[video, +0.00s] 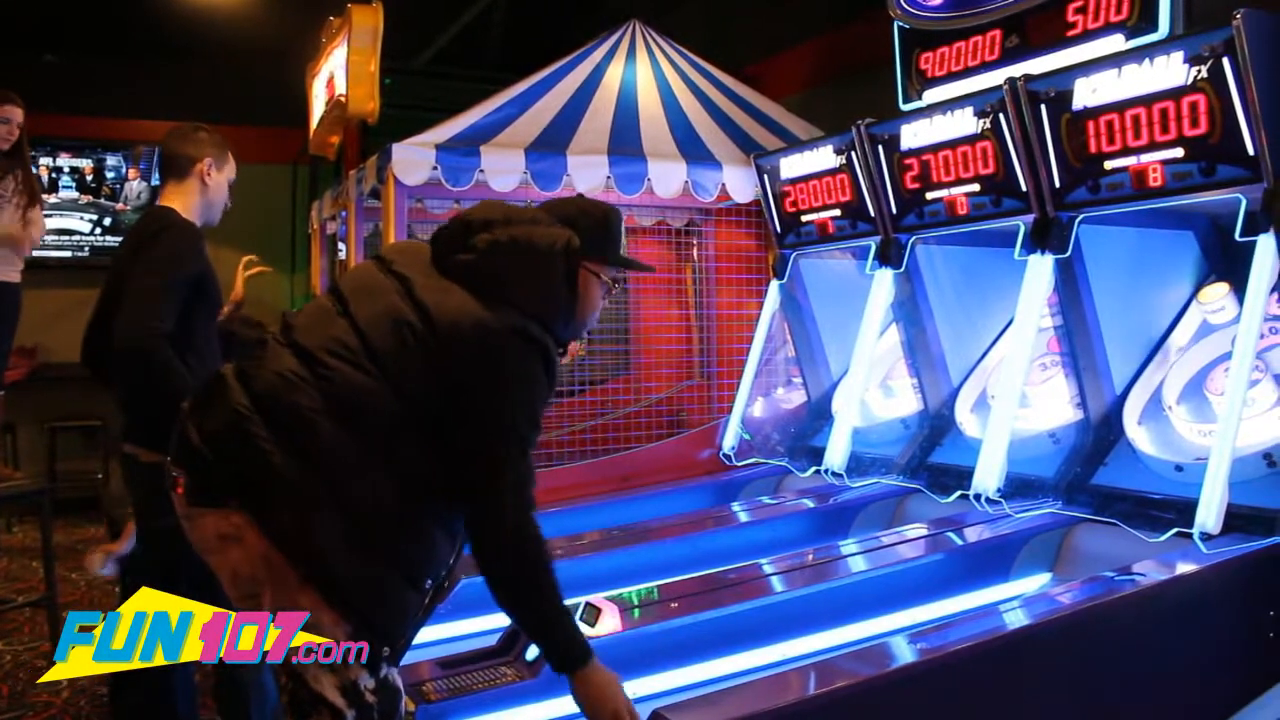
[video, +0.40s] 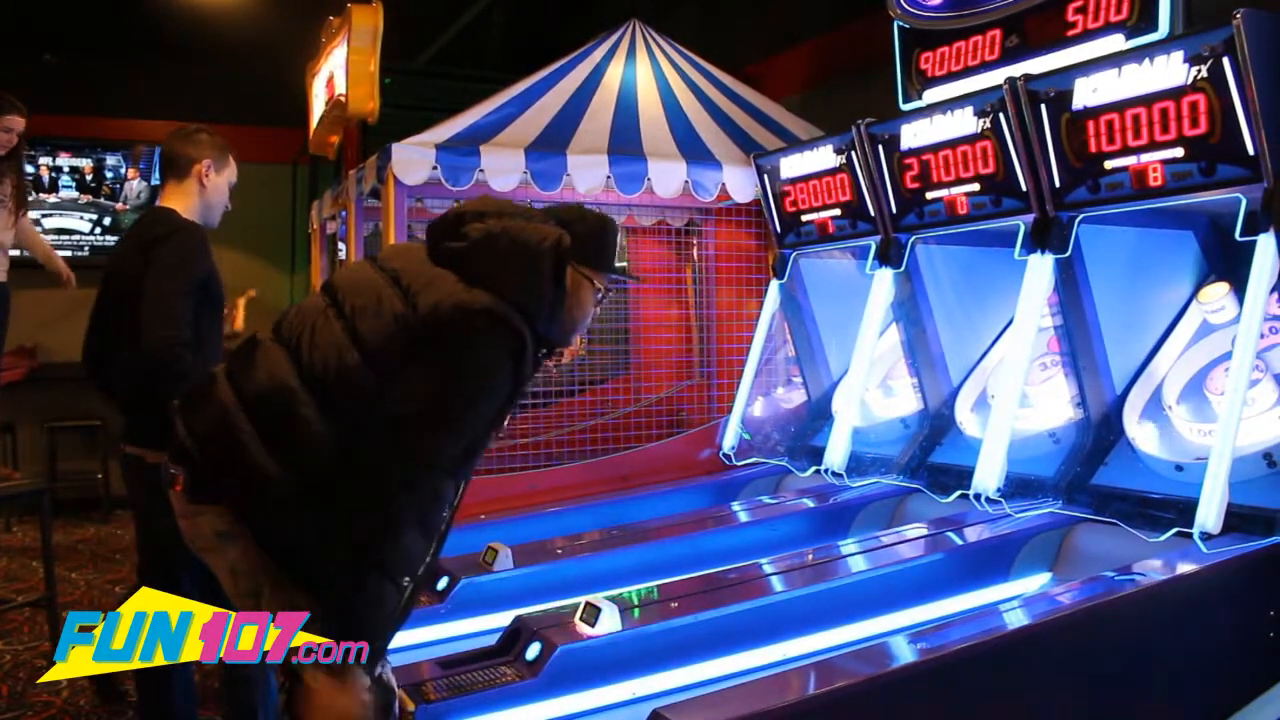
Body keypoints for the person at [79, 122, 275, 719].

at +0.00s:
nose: (229, 196)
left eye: (231, 184)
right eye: (229, 182)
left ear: (180, 170)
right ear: (206, 172)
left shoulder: (148, 233)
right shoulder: (176, 239)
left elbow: (98, 349)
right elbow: (147, 344)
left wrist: (224, 315)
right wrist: (200, 414)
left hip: (147, 453)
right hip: (173, 460)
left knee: (158, 596)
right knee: (211, 603)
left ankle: (151, 704)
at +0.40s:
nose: (230, 199)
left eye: (232, 187)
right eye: (230, 185)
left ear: (181, 172)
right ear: (204, 174)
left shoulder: (141, 235)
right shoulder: (182, 241)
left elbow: (100, 350)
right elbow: (172, 351)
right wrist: (187, 446)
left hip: (142, 452)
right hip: (175, 458)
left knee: (165, 593)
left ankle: (166, 704)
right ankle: (254, 707)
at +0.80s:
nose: (237, 188)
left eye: (236, 175)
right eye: (232, 174)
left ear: (187, 174)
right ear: (202, 173)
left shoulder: (150, 235)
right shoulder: (181, 241)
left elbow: (85, 337)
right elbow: (130, 337)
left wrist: (101, 436)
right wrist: (147, 442)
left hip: (159, 453)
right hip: (183, 452)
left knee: (171, 589)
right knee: (200, 596)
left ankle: (157, 692)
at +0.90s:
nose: (236, 188)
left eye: (235, 175)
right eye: (231, 174)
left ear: (187, 174)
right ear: (201, 173)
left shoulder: (148, 238)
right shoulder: (180, 242)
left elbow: (89, 352)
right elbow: (129, 346)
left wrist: (108, 451)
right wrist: (143, 452)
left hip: (160, 458)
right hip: (180, 458)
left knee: (171, 609)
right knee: (193, 611)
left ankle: (166, 706)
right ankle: (178, 706)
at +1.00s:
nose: (234, 187)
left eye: (234, 173)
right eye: (230, 173)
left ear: (186, 173)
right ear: (199, 172)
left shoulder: (149, 239)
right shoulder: (177, 243)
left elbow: (96, 356)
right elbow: (140, 352)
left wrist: (120, 456)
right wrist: (156, 456)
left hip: (159, 462)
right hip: (184, 462)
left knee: (172, 608)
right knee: (197, 610)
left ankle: (168, 706)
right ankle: (179, 707)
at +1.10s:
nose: (230, 188)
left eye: (229, 173)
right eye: (225, 173)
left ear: (180, 173)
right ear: (193, 172)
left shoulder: (146, 239)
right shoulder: (173, 241)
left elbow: (96, 357)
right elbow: (141, 355)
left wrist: (143, 450)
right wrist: (174, 454)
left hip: (156, 459)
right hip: (179, 462)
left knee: (171, 609)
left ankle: (165, 706)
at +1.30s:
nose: (219, 188)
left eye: (218, 173)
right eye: (215, 173)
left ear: (167, 174)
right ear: (183, 172)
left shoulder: (132, 241)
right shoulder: (167, 242)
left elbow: (84, 356)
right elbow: (142, 355)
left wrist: (133, 433)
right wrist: (183, 446)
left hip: (141, 459)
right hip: (170, 462)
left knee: (157, 608)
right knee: (185, 609)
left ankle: (153, 705)